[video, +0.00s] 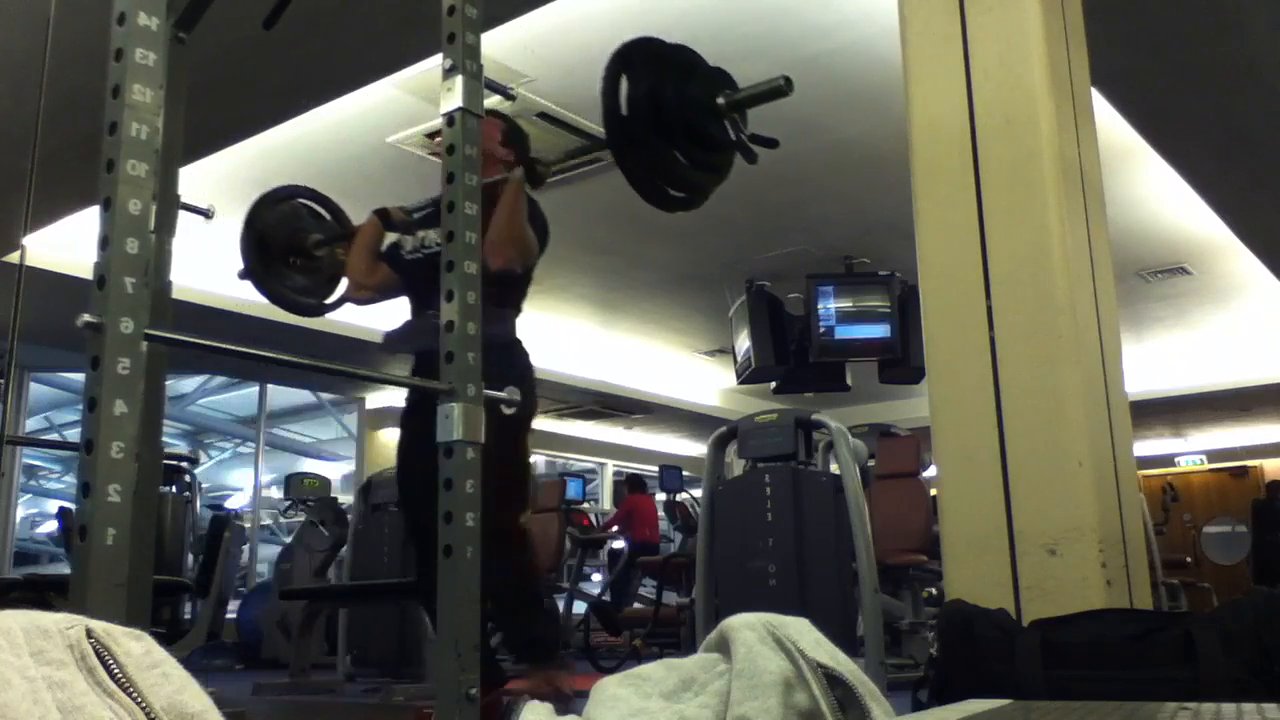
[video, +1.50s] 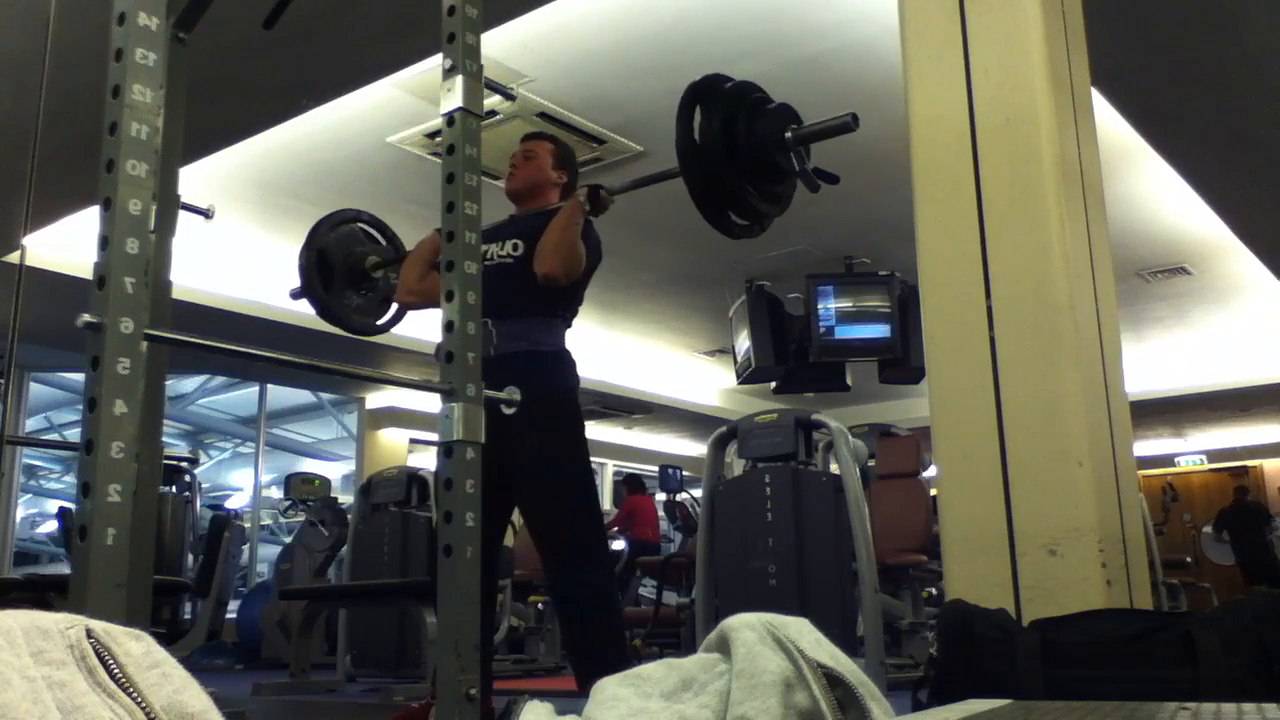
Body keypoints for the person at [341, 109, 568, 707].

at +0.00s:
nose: (457, 148)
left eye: (472, 139)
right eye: (456, 138)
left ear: (506, 156)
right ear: (447, 152)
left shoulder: (523, 212)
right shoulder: (433, 218)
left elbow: (500, 255)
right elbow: (361, 281)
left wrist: (514, 178)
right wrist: (379, 218)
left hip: (496, 380)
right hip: (433, 383)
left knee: (497, 526)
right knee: (428, 528)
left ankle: (541, 661)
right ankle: (466, 672)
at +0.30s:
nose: (492, 146)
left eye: (508, 142)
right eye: (489, 142)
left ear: (538, 169)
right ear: (480, 168)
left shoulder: (553, 220)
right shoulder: (465, 230)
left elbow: (544, 276)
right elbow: (404, 301)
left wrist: (549, 198)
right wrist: (410, 238)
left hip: (536, 389)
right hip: (465, 396)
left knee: (562, 541)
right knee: (417, 532)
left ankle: (569, 689)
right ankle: (444, 679)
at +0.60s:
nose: (501, 162)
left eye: (516, 156)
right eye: (501, 155)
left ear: (547, 178)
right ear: (497, 177)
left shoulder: (561, 227)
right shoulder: (475, 239)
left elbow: (554, 280)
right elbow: (410, 305)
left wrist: (560, 202)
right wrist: (420, 241)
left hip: (532, 396)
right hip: (468, 399)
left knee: (564, 545)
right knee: (440, 544)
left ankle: (610, 684)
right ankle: (458, 687)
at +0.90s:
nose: (513, 163)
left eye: (528, 157)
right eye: (512, 159)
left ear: (558, 179)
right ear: (507, 182)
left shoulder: (571, 230)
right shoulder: (480, 240)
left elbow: (557, 283)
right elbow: (416, 303)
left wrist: (571, 205)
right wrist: (433, 239)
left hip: (544, 389)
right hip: (477, 395)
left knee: (573, 549)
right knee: (458, 547)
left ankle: (609, 694)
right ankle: (455, 691)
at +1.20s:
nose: (511, 163)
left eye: (526, 155)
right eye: (509, 158)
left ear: (559, 176)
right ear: (506, 180)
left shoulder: (572, 228)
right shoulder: (482, 240)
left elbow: (550, 268)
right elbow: (408, 292)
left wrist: (573, 202)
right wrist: (436, 236)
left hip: (542, 388)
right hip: (475, 395)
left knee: (574, 546)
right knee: (467, 545)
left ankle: (607, 693)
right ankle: (458, 690)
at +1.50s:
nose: (513, 164)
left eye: (527, 156)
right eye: (510, 159)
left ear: (561, 177)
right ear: (507, 181)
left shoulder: (573, 228)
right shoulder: (484, 242)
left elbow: (551, 267)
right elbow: (408, 289)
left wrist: (577, 201)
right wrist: (445, 230)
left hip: (539, 389)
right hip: (473, 395)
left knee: (572, 549)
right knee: (465, 548)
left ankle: (610, 695)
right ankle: (458, 692)